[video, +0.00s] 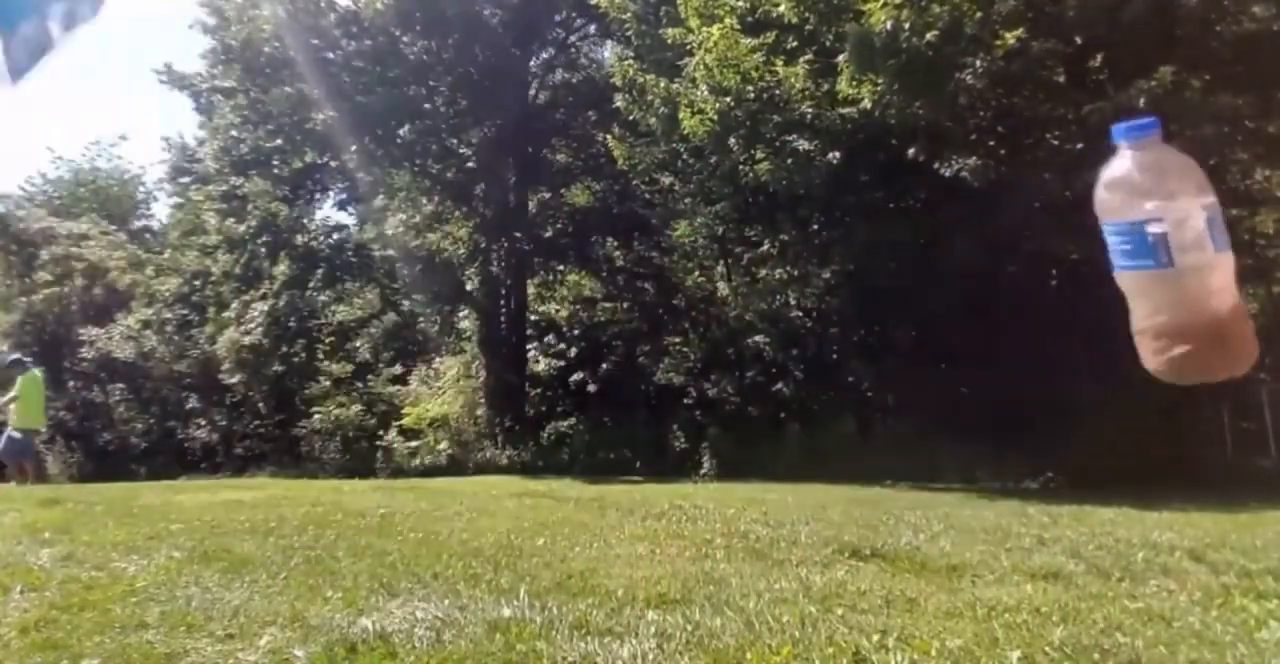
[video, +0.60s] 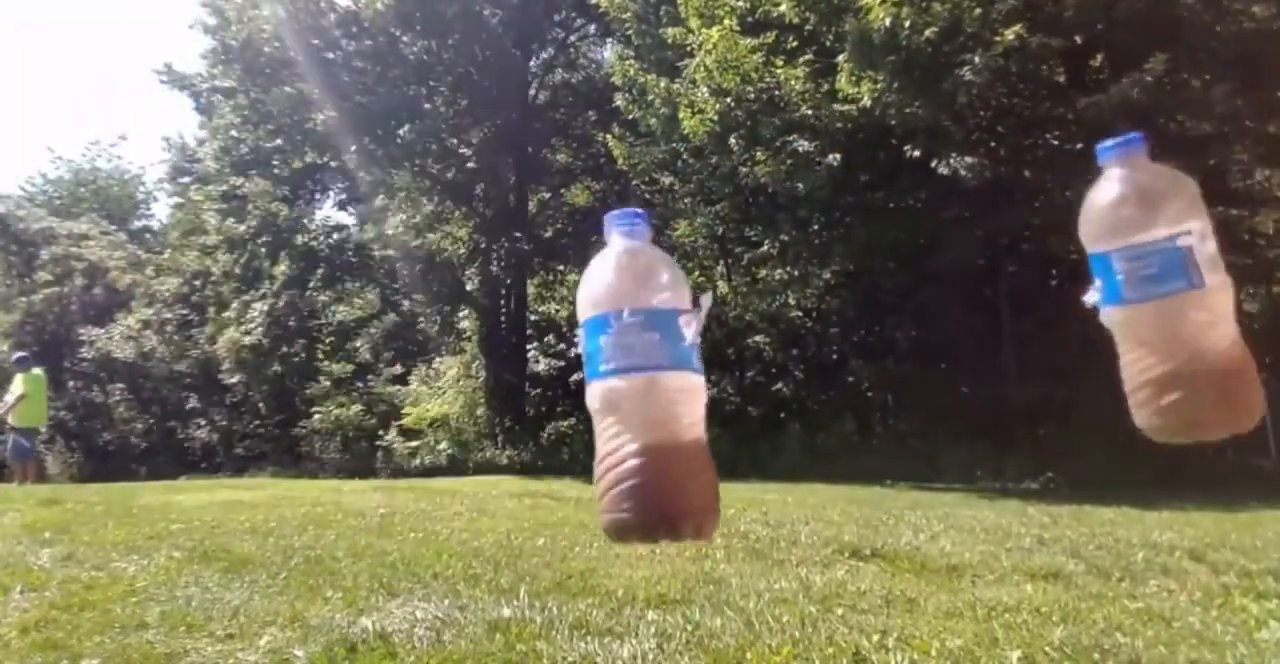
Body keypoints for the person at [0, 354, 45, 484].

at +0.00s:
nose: (14, 372)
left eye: (14, 368)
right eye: (12, 369)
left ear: (20, 366)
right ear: (26, 365)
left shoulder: (23, 378)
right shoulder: (37, 376)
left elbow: (15, 395)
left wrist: (3, 403)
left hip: (20, 424)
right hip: (34, 424)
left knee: (6, 452)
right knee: (27, 455)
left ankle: (20, 479)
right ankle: (31, 480)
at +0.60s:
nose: (16, 369)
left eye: (17, 366)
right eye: (15, 366)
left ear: (21, 365)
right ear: (30, 362)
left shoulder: (22, 377)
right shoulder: (40, 375)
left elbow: (19, 395)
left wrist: (4, 411)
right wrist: (7, 401)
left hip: (20, 423)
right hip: (34, 423)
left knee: (14, 454)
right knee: (30, 455)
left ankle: (19, 483)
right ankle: (31, 483)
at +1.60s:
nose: (25, 368)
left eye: (26, 365)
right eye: (22, 365)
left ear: (32, 363)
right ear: (20, 366)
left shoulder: (40, 375)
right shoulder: (21, 375)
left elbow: (31, 393)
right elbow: (9, 387)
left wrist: (17, 405)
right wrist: (15, 396)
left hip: (34, 422)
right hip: (21, 421)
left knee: (33, 454)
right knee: (15, 453)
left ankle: (33, 481)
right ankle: (19, 480)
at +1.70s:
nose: (24, 369)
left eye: (26, 365)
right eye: (22, 366)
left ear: (31, 364)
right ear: (20, 366)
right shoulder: (21, 375)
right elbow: (9, 386)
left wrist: (13, 390)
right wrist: (8, 388)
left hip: (34, 422)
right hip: (21, 421)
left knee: (32, 454)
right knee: (15, 453)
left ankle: (32, 482)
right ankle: (19, 481)